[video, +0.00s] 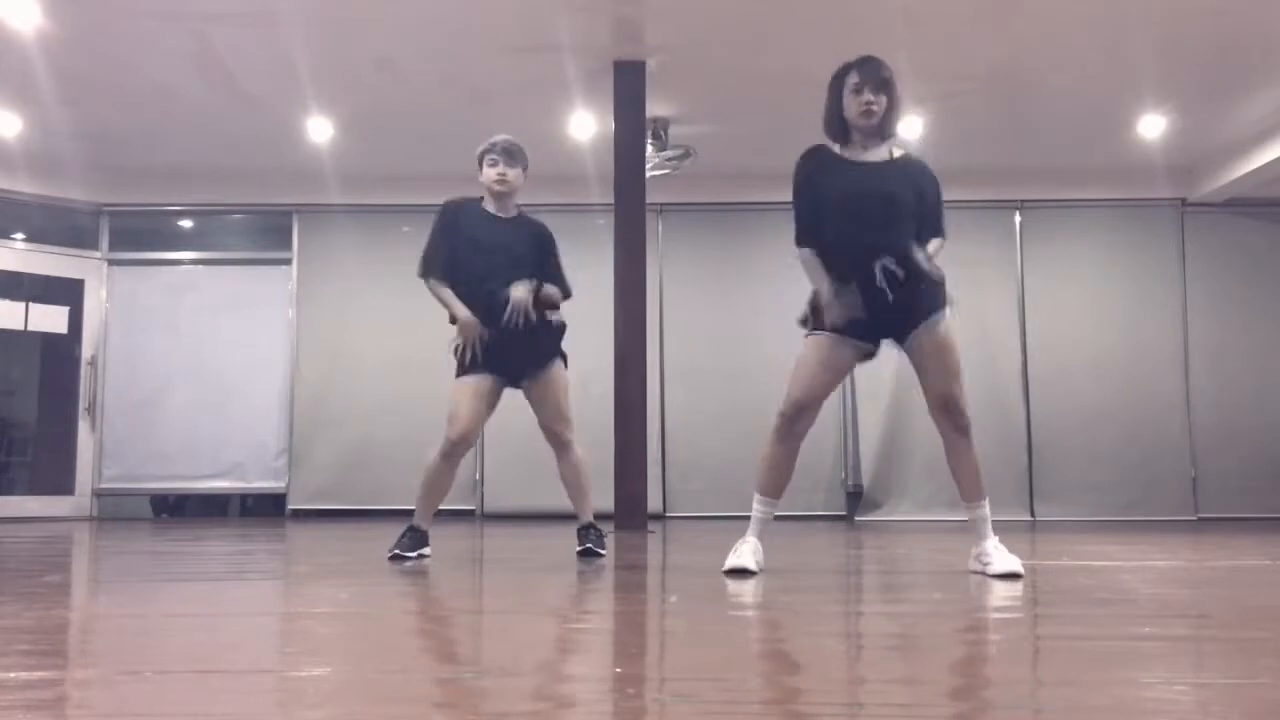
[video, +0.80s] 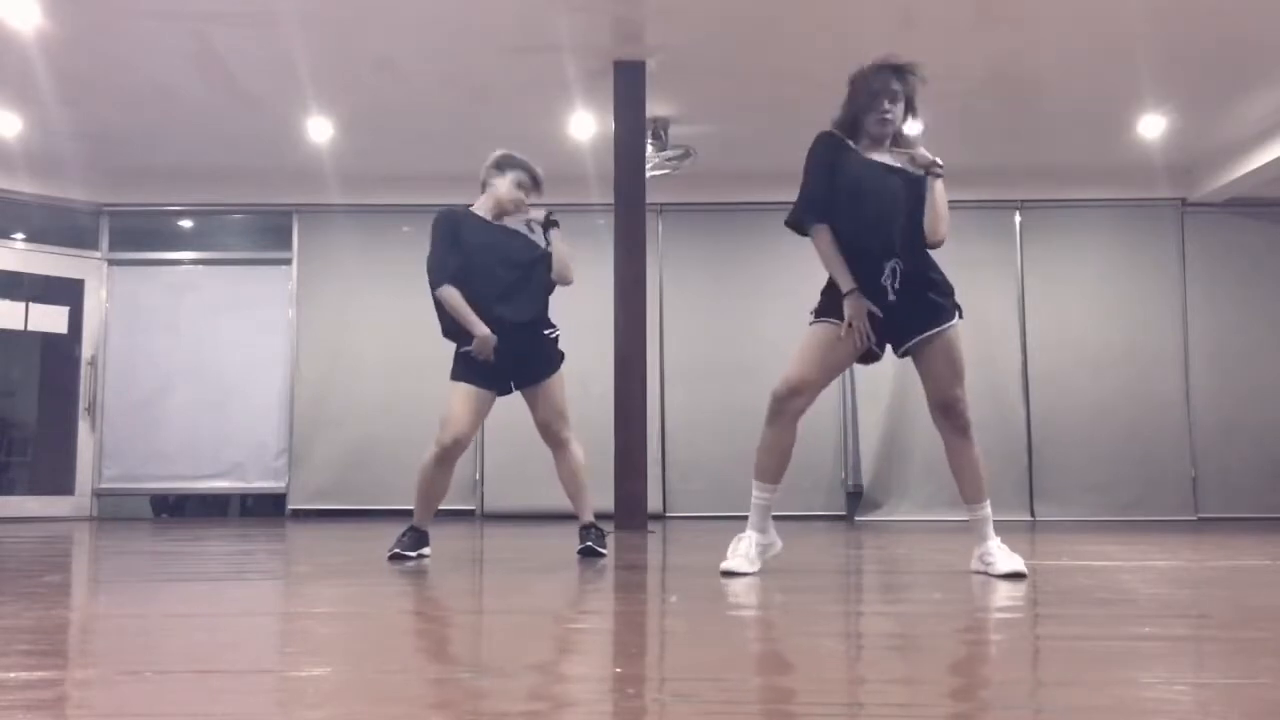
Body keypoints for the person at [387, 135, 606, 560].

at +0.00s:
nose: (500, 169)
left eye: (510, 163)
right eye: (492, 162)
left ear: (524, 175)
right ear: (480, 173)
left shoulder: (537, 232)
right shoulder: (456, 214)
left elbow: (558, 292)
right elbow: (432, 274)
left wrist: (531, 287)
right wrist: (461, 313)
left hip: (535, 343)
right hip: (482, 343)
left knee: (562, 435)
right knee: (456, 440)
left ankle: (588, 527)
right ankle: (418, 530)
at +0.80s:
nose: (524, 199)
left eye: (530, 193)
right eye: (520, 186)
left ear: (528, 201)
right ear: (493, 177)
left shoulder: (524, 239)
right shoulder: (453, 220)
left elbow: (564, 276)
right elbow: (440, 283)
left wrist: (547, 227)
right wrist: (479, 330)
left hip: (533, 343)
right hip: (480, 345)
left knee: (559, 433)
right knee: (451, 441)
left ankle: (589, 527)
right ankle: (417, 531)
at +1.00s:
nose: (470, 176)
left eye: (470, 165)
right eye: (457, 178)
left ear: (483, 164)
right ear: (449, 195)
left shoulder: (523, 212)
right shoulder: (450, 227)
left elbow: (564, 220)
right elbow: (431, 287)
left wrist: (512, 204)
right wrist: (449, 328)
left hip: (529, 342)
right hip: (473, 347)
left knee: (554, 434)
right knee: (445, 439)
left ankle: (588, 527)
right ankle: (417, 531)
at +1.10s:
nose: (446, 172)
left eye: (453, 164)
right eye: (436, 171)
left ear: (470, 170)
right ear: (430, 188)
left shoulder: (496, 192)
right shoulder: (440, 241)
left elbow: (514, 230)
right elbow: (438, 300)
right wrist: (447, 321)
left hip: (528, 331)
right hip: (475, 339)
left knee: (557, 432)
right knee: (447, 431)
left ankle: (589, 526)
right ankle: (426, 530)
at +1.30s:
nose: (439, 171)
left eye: (447, 163)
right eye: (431, 167)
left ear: (467, 169)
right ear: (426, 179)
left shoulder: (470, 201)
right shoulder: (443, 222)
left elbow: (491, 234)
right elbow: (429, 274)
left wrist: (475, 290)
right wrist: (416, 305)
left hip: (485, 329)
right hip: (450, 334)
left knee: (505, 427)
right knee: (420, 429)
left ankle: (584, 502)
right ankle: (433, 532)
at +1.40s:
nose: (432, 166)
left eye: (440, 159)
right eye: (424, 164)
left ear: (459, 166)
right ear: (418, 176)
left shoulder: (471, 197)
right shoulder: (419, 221)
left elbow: (493, 180)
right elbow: (392, 232)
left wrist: (453, 185)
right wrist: (371, 238)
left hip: (473, 314)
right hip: (436, 316)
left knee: (454, 405)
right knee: (416, 426)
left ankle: (517, 500)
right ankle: (433, 530)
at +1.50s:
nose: (429, 158)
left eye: (438, 150)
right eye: (421, 155)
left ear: (459, 160)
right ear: (416, 168)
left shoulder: (465, 200)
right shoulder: (416, 216)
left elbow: (474, 178)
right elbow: (383, 248)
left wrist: (481, 139)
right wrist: (398, 212)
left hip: (468, 315)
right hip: (432, 320)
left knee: (424, 385)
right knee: (422, 417)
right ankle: (434, 527)